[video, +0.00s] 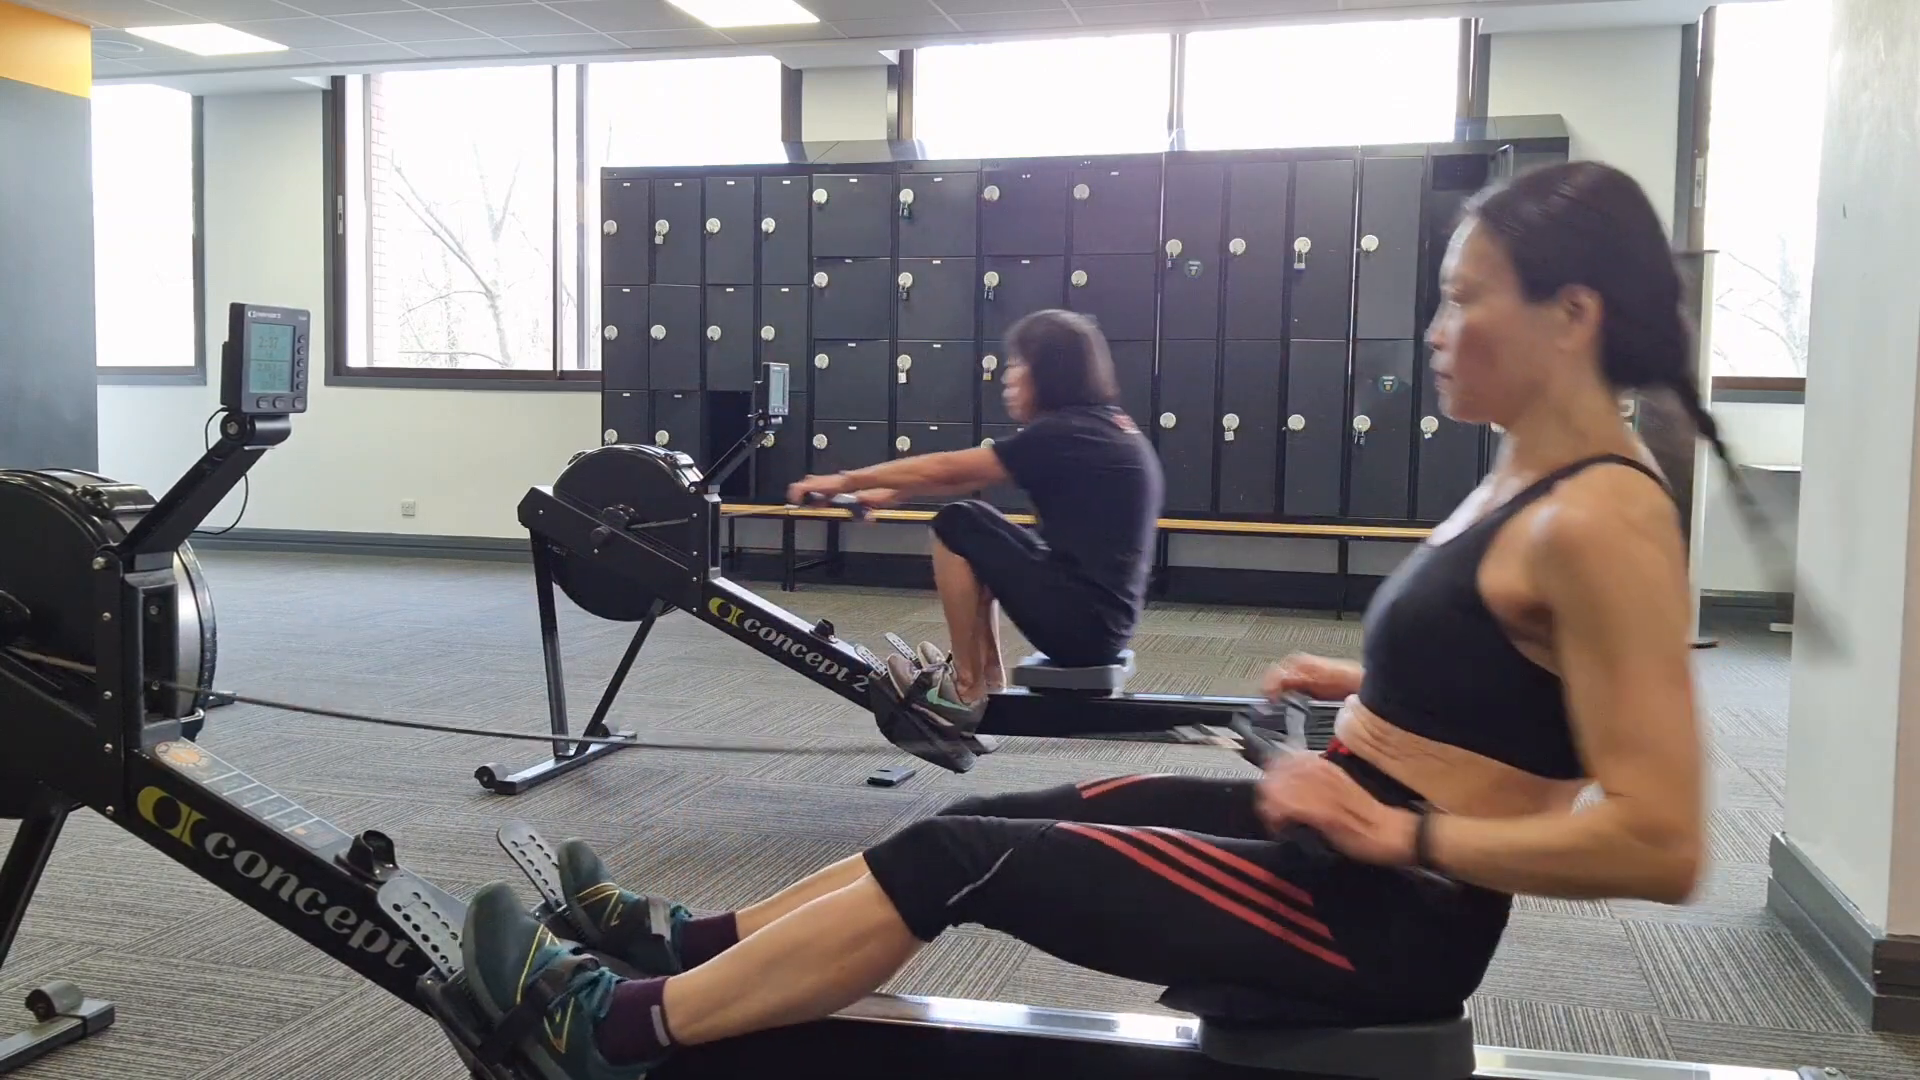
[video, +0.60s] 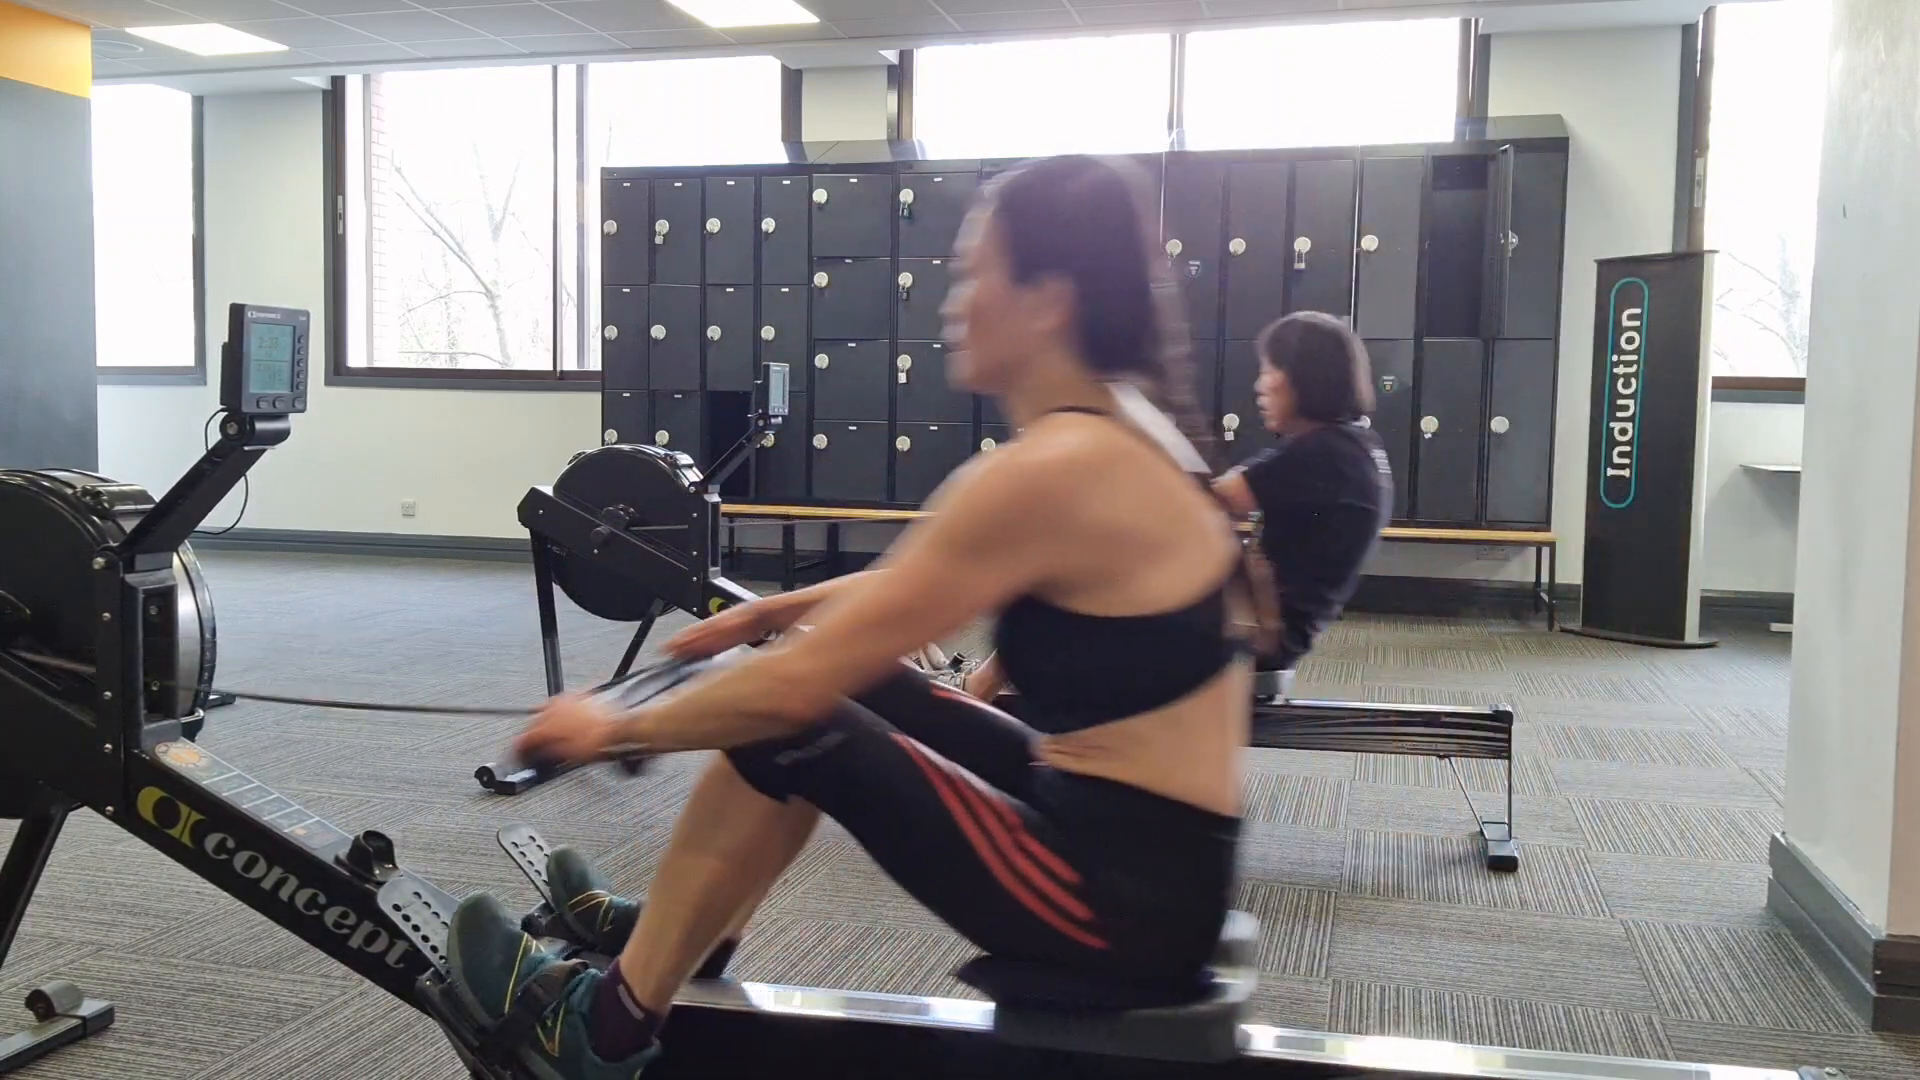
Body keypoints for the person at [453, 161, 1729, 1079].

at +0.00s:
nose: (1438, 332)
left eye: (1464, 303)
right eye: (1444, 303)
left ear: (1573, 319)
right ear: (1554, 324)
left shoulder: (1600, 519)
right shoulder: (1537, 486)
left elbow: (1661, 843)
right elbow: (1548, 754)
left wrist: (1397, 837)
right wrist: (1368, 697)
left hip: (1377, 912)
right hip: (1350, 842)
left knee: (962, 852)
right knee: (965, 827)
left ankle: (622, 1034)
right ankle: (671, 960)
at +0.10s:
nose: (1383, 315)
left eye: (1412, 284)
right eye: (1391, 283)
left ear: (1520, 302)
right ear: (1490, 305)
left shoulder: (1551, 501)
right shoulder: (1480, 474)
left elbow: (1534, 820)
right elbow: (1431, 698)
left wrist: (1277, 778)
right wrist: (1279, 644)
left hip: (1367, 919)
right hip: (1334, 853)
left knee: (950, 839)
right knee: (957, 808)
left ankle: (613, 1037)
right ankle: (697, 948)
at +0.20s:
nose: (1312, 301)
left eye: (1341, 267)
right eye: (1318, 270)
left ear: (1446, 287)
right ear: (1419, 289)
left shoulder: (1470, 483)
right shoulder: (1420, 464)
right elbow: (1348, 679)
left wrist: (1154, 732)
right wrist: (1208, 613)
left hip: (1339, 916)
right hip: (1306, 856)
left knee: (937, 816)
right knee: (963, 770)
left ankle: (632, 1035)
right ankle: (698, 956)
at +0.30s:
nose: (1228, 288)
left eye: (1255, 258)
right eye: (1235, 258)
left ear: (1351, 283)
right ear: (1333, 286)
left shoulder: (1366, 469)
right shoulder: (1355, 455)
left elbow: (1207, 754)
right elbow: (1216, 659)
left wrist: (992, 674)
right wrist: (1075, 588)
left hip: (1291, 912)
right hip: (1272, 870)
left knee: (915, 788)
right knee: (931, 748)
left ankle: (641, 1026)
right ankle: (696, 967)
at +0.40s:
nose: (1134, 290)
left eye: (1160, 261)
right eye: (1142, 261)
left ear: (1249, 283)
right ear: (1244, 287)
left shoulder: (1248, 469)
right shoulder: (1268, 446)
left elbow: (1049, 717)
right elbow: (1163, 601)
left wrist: (855, 673)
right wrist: (981, 572)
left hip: (1245, 902)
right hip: (1248, 860)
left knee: (872, 765)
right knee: (891, 750)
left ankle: (636, 1021)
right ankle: (680, 977)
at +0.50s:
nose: (1037, 297)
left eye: (1060, 269)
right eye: (1044, 269)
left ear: (1149, 292)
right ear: (1145, 296)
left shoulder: (1143, 471)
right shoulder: (1204, 435)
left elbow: (909, 705)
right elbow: (1047, 591)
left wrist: (727, 700)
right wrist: (866, 588)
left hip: (1179, 898)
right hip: (1196, 831)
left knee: (833, 746)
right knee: (871, 699)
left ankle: (624, 1017)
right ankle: (666, 954)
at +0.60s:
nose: (951, 302)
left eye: (972, 274)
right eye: (957, 275)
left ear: (1051, 301)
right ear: (1050, 304)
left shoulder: (1044, 475)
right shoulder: (1121, 434)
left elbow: (793, 682)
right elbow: (956, 575)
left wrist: (620, 728)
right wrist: (784, 615)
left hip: (1111, 901)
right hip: (1151, 859)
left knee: (793, 719)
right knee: (841, 677)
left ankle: (617, 1015)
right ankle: (678, 947)